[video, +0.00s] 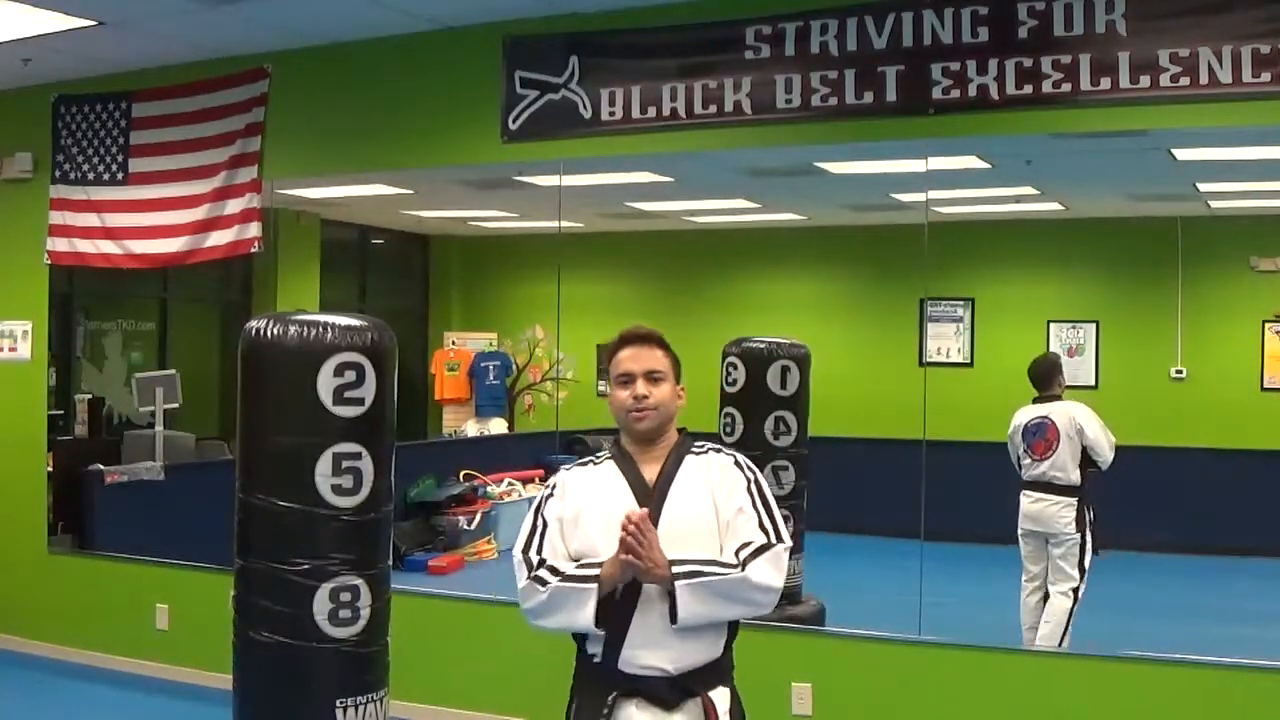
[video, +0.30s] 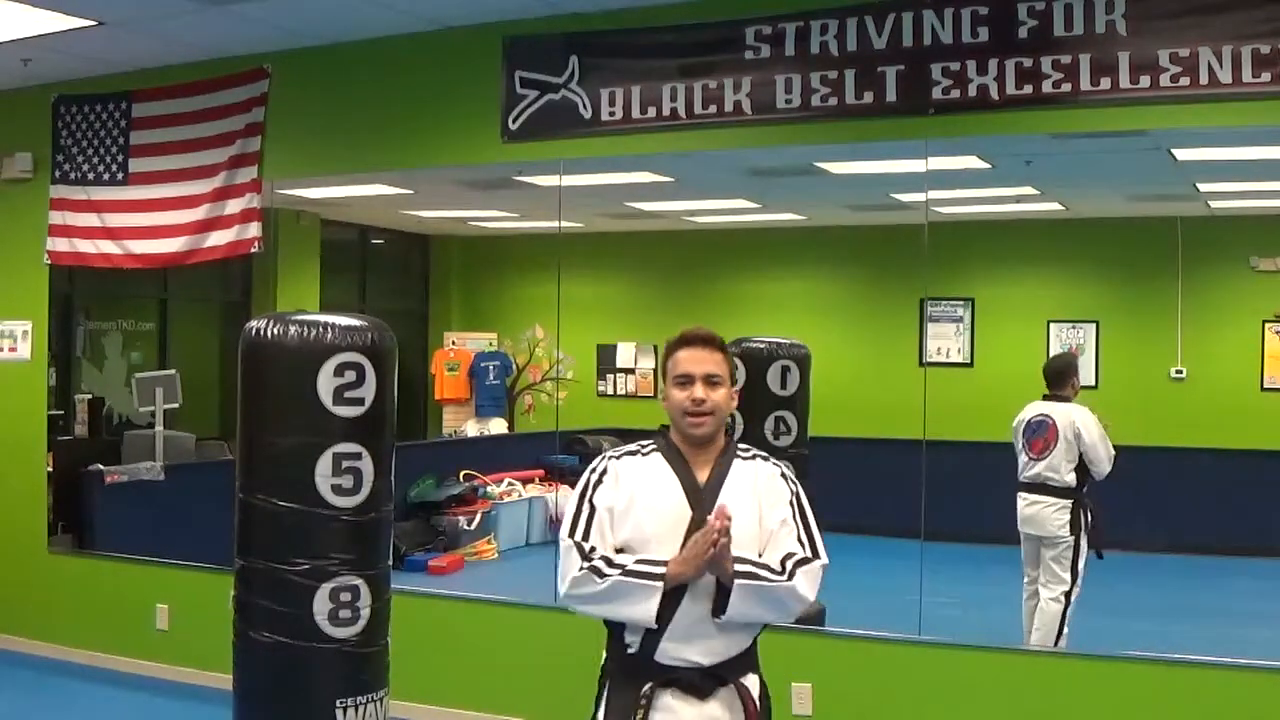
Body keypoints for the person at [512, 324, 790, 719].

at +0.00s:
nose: (640, 392)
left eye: (655, 379)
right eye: (625, 381)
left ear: (679, 394)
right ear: (609, 396)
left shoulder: (730, 474)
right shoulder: (569, 485)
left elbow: (764, 581)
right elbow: (535, 592)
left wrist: (669, 573)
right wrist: (611, 572)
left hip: (702, 698)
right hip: (604, 697)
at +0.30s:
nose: (698, 396)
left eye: (712, 383)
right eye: (683, 383)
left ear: (733, 397)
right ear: (663, 395)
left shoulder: (772, 479)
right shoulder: (613, 473)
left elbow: (801, 587)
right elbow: (577, 575)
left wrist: (731, 571)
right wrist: (672, 571)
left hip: (733, 695)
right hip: (637, 692)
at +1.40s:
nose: (641, 413)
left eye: (654, 395)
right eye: (625, 403)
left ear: (685, 395)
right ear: (615, 412)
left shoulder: (749, 469)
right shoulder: (586, 486)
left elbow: (792, 579)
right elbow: (560, 601)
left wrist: (695, 567)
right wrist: (639, 578)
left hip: (723, 696)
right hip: (623, 697)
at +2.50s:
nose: (689, 424)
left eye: (709, 407)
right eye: (673, 403)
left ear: (736, 414)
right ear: (650, 402)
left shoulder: (779, 508)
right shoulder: (584, 487)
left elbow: (808, 643)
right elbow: (515, 601)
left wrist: (700, 607)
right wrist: (612, 590)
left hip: (718, 710)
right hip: (600, 709)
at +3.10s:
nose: (700, 438)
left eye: (723, 416)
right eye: (683, 417)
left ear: (762, 416)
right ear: (665, 415)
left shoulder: (822, 525)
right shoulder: (609, 512)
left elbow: (859, 679)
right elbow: (544, 639)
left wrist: (735, 668)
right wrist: (616, 662)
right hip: (627, 714)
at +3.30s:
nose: (681, 424)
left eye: (697, 400)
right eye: (656, 409)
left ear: (729, 409)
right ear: (632, 429)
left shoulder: (805, 537)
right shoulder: (569, 539)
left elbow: (866, 679)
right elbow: (500, 678)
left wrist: (776, 681)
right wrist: (547, 667)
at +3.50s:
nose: (627, 415)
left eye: (642, 391)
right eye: (601, 402)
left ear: (677, 406)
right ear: (578, 428)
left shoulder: (766, 531)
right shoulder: (522, 553)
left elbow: (841, 659)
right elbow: (452, 699)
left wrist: (794, 678)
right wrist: (487, 703)